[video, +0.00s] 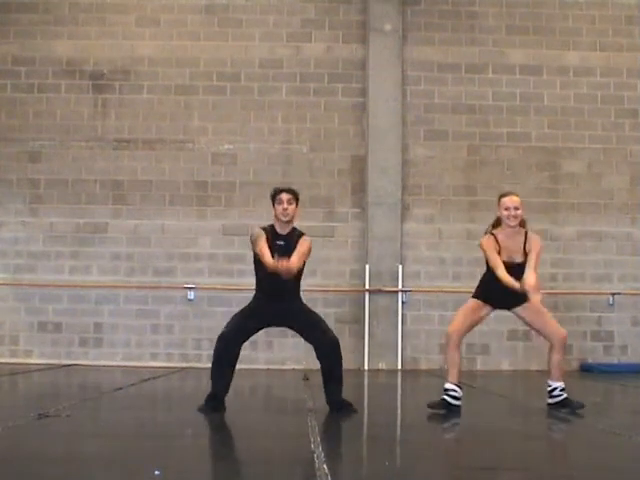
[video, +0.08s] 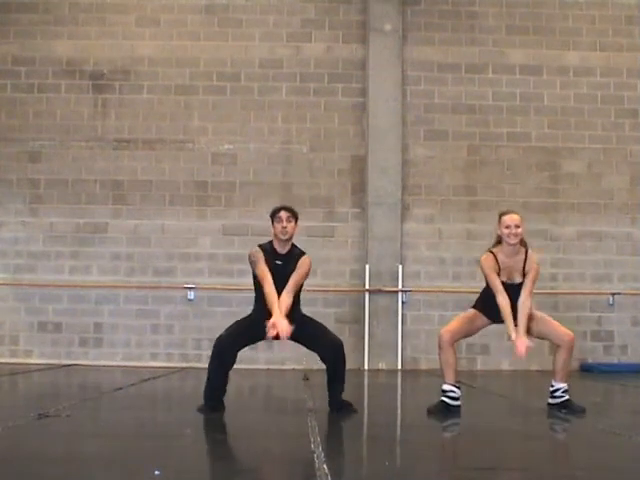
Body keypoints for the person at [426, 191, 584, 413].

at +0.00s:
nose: (512, 213)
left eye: (516, 209)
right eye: (507, 209)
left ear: (522, 211)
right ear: (499, 212)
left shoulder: (532, 240)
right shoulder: (489, 240)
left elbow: (531, 270)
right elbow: (499, 270)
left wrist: (532, 290)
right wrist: (519, 286)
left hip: (518, 296)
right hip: (488, 295)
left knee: (559, 336)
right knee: (453, 334)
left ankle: (556, 394)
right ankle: (452, 395)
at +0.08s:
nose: (513, 231)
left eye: (517, 227)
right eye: (507, 227)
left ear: (523, 230)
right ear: (499, 231)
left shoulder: (531, 260)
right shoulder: (489, 259)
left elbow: (525, 299)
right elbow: (500, 295)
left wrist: (522, 333)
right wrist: (512, 329)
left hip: (518, 309)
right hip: (488, 310)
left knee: (566, 338)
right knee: (446, 336)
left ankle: (558, 396)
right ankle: (451, 397)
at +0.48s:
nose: (506, 188)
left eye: (511, 183)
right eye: (501, 183)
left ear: (516, 184)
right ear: (493, 185)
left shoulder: (520, 196)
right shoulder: (485, 195)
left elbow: (513, 233)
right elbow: (493, 233)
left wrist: (510, 273)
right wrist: (496, 272)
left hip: (513, 264)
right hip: (485, 265)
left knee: (528, 328)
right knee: (474, 328)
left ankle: (542, 384)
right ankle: (460, 386)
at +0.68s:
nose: (506, 187)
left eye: (510, 182)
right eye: (501, 183)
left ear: (516, 183)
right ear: (492, 184)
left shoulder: (520, 194)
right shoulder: (484, 193)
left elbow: (511, 232)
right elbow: (483, 233)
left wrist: (506, 270)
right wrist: (490, 269)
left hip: (510, 258)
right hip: (484, 257)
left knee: (511, 323)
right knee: (478, 325)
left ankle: (506, 380)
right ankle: (482, 380)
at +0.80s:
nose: (506, 216)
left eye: (511, 211)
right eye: (501, 211)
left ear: (517, 208)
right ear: (492, 206)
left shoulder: (523, 222)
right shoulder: (481, 213)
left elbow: (515, 256)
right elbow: (457, 233)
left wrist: (508, 293)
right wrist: (467, 264)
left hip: (509, 278)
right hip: (481, 276)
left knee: (528, 332)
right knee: (461, 326)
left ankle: (506, 382)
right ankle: (478, 379)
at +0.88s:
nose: (505, 244)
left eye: (510, 239)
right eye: (500, 239)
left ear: (519, 234)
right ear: (492, 232)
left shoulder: (522, 253)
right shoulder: (482, 235)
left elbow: (520, 289)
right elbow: (454, 232)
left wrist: (516, 326)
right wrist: (464, 265)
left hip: (507, 305)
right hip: (476, 302)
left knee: (538, 339)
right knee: (452, 334)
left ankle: (508, 384)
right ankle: (473, 384)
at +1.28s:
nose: (500, 319)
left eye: (505, 318)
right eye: (497, 314)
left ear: (514, 311)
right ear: (492, 301)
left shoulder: (519, 319)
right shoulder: (485, 286)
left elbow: (517, 360)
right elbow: (473, 249)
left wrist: (514, 400)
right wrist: (464, 277)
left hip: (507, 330)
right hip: (478, 324)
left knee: (540, 344)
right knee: (446, 340)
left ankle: (517, 388)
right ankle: (467, 386)